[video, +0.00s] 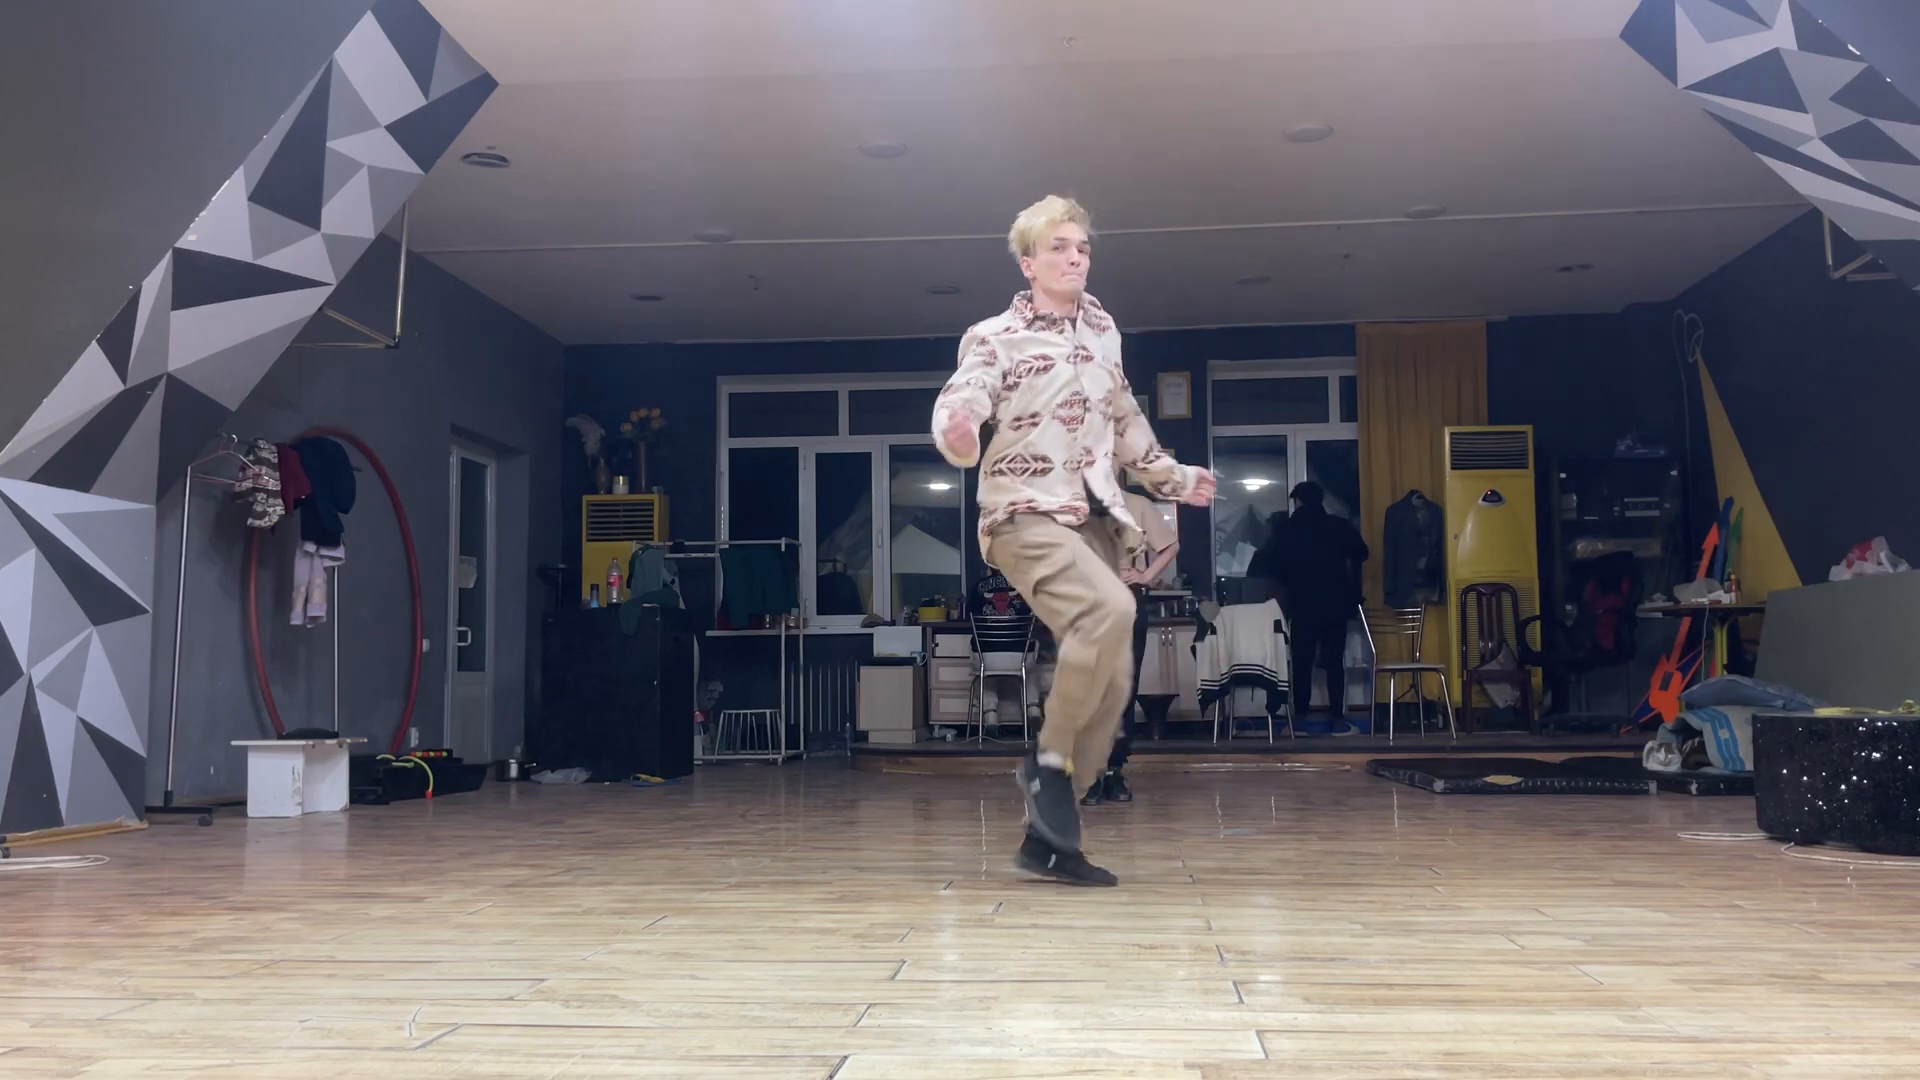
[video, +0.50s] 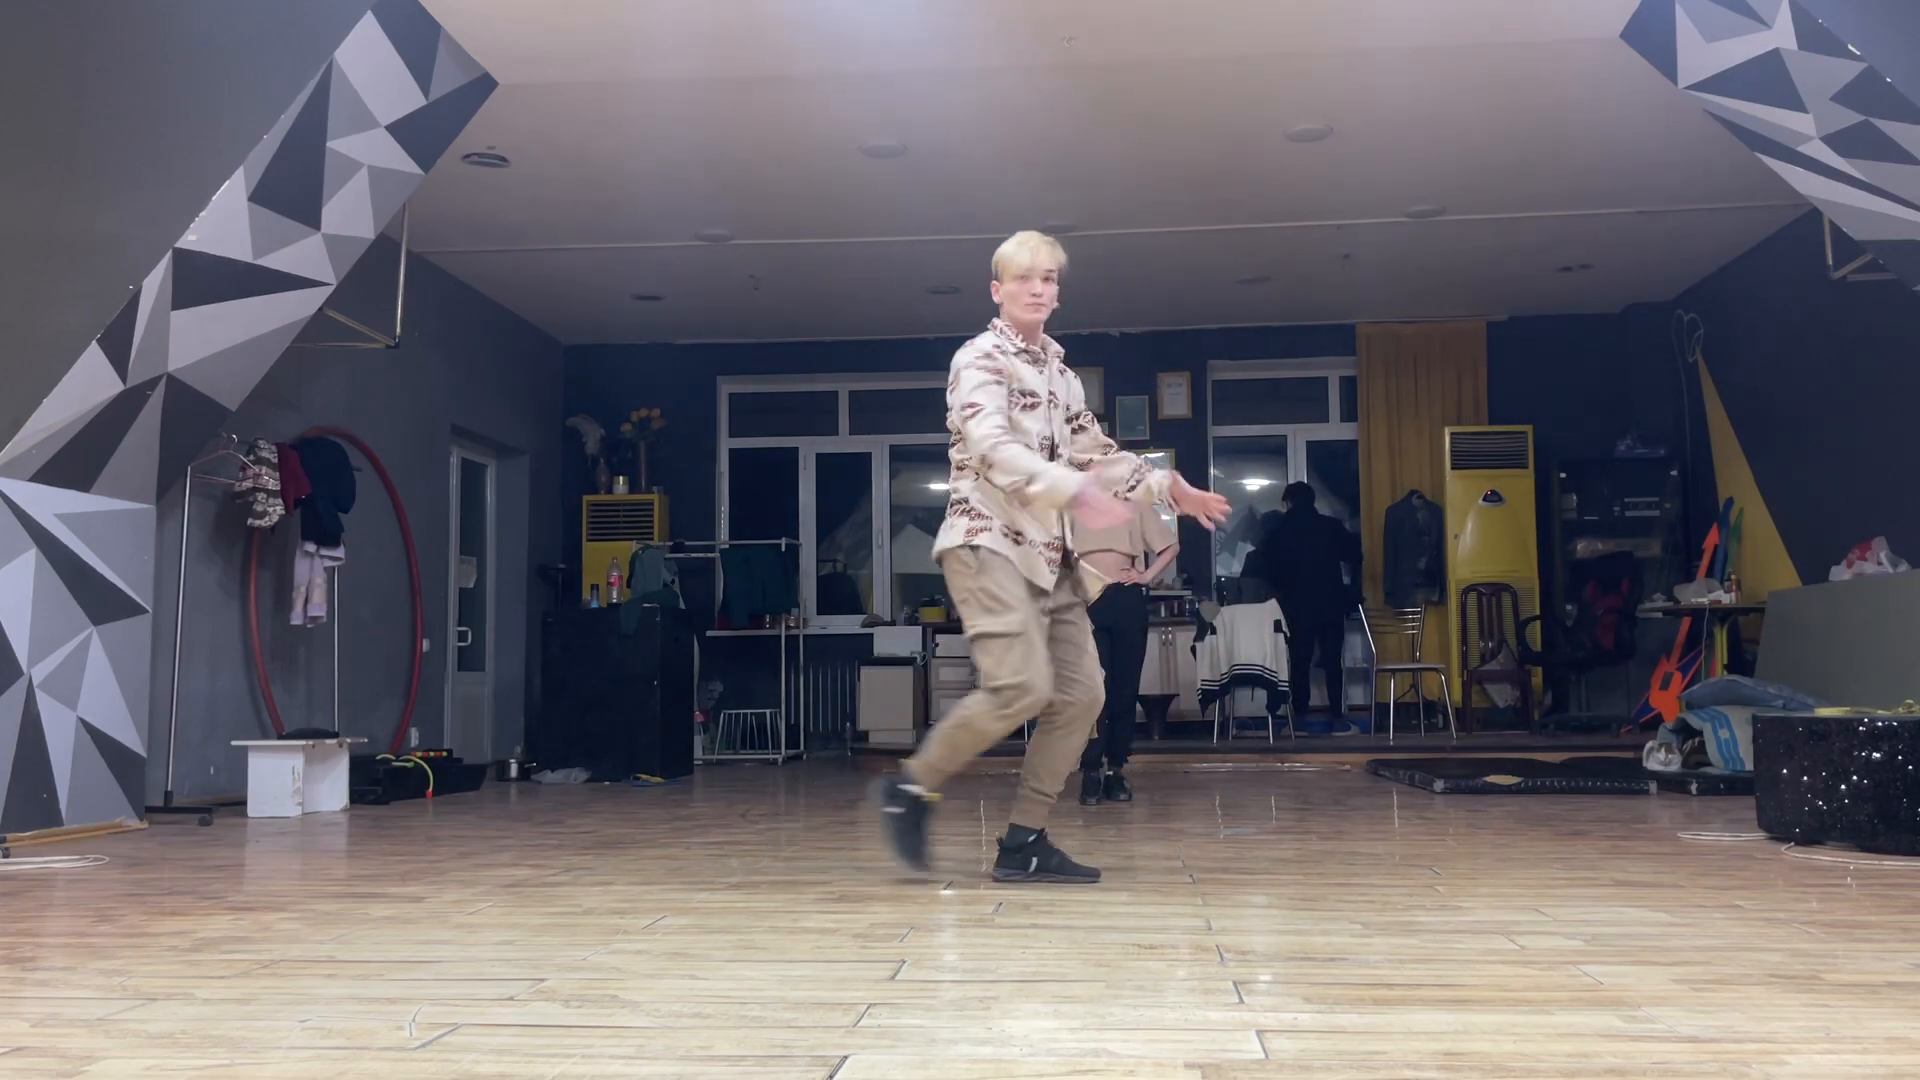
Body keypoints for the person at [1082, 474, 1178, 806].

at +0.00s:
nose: (1102, 469)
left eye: (1108, 462)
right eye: (1098, 462)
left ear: (1117, 468)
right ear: (1086, 470)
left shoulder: (1134, 504)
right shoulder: (1076, 508)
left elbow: (1170, 544)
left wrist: (1147, 574)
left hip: (1129, 595)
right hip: (1092, 596)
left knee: (1122, 681)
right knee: (1097, 678)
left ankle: (1115, 769)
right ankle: (1097, 770)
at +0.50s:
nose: (1097, 458)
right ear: (1082, 461)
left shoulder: (1133, 500)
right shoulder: (1067, 500)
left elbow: (1169, 545)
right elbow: (1054, 545)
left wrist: (1148, 574)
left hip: (1126, 596)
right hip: (1083, 598)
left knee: (1123, 689)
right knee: (1091, 689)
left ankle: (1115, 772)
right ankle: (1091, 775)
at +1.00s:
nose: (1107, 465)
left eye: (1113, 459)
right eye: (1100, 459)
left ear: (1122, 465)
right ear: (1089, 465)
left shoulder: (1137, 508)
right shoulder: (1070, 507)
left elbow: (1171, 546)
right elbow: (1051, 547)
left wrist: (1147, 575)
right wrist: (1072, 578)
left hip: (1126, 598)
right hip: (1083, 600)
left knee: (1124, 687)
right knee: (1090, 686)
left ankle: (1116, 770)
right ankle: (1090, 771)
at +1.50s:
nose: (1105, 464)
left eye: (1111, 458)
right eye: (1098, 458)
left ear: (1121, 464)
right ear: (1089, 464)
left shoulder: (1137, 506)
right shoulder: (1073, 504)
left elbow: (1170, 546)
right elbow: (1046, 545)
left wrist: (1147, 574)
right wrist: (1063, 578)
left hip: (1126, 600)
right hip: (1086, 601)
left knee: (1123, 691)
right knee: (1092, 690)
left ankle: (1116, 773)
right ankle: (1091, 777)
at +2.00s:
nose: (1105, 464)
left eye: (1111, 458)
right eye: (1097, 458)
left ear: (1121, 463)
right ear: (1086, 465)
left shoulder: (1136, 506)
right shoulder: (1070, 505)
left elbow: (1170, 546)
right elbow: (1052, 546)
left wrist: (1146, 575)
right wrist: (1071, 578)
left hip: (1126, 598)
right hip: (1084, 599)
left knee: (1122, 681)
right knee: (1090, 682)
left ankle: (1115, 771)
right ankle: (1090, 772)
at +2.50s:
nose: (1106, 465)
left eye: (1112, 458)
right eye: (1099, 459)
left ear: (1121, 464)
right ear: (1088, 465)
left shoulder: (1137, 507)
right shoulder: (1074, 503)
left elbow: (1170, 547)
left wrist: (1146, 574)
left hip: (1126, 595)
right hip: (1084, 594)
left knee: (1126, 685)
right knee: (1092, 685)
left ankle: (1115, 771)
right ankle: (1091, 772)